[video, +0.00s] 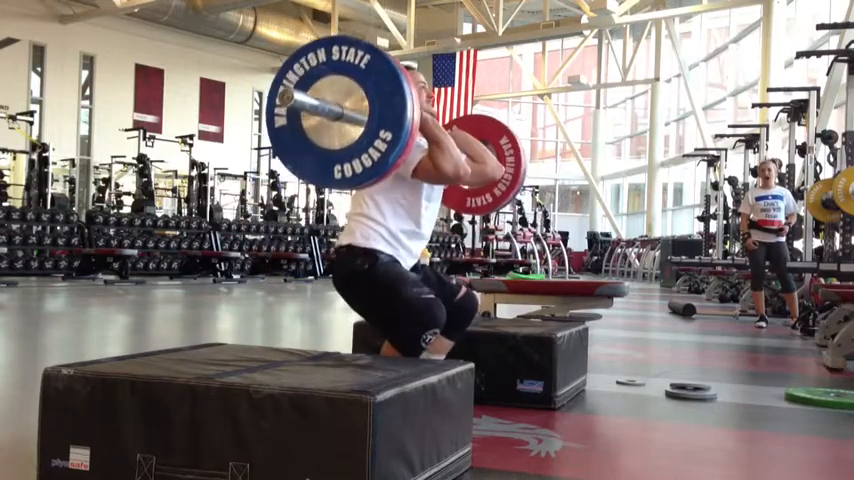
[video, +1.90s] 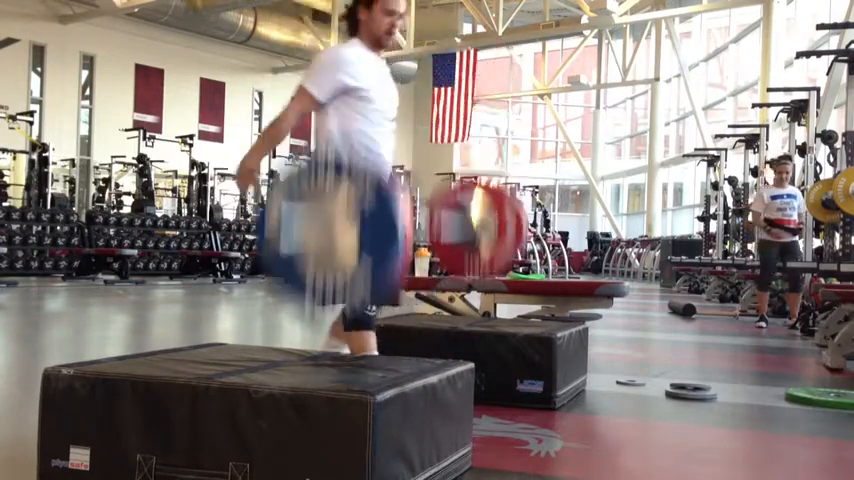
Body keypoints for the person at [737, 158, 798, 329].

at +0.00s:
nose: (766, 173)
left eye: (769, 170)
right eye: (763, 170)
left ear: (775, 173)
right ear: (759, 173)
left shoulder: (784, 193)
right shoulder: (751, 193)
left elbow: (792, 214)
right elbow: (744, 216)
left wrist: (788, 224)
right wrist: (746, 236)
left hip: (777, 239)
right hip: (757, 239)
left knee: (784, 275)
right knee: (757, 277)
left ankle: (795, 317)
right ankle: (761, 315)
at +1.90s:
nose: (783, 176)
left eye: (787, 173)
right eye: (780, 172)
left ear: (791, 174)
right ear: (773, 173)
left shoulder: (796, 193)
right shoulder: (764, 192)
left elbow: (801, 216)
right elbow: (755, 218)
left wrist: (800, 224)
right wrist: (769, 229)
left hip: (790, 240)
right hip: (769, 240)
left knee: (796, 275)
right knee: (766, 274)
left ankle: (794, 317)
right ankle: (762, 315)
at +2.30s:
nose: (801, 171)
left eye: (803, 168)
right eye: (797, 168)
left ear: (806, 170)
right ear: (788, 171)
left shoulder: (810, 191)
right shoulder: (782, 191)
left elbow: (816, 214)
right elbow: (774, 217)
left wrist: (817, 225)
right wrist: (793, 225)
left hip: (806, 239)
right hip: (787, 239)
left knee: (802, 279)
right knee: (784, 276)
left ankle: (793, 318)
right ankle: (770, 313)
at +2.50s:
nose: (805, 172)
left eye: (807, 168)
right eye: (801, 169)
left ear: (811, 170)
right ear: (795, 171)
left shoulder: (815, 190)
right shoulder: (787, 190)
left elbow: (820, 213)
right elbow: (779, 216)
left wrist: (822, 224)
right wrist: (800, 223)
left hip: (810, 239)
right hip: (792, 238)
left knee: (805, 278)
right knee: (794, 277)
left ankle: (796, 317)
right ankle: (789, 317)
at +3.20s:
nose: (810, 172)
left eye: (813, 169)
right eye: (807, 169)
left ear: (819, 171)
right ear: (802, 170)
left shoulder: (825, 190)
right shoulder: (795, 190)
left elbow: (829, 213)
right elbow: (790, 214)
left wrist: (831, 224)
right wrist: (813, 224)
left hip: (823, 238)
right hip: (803, 238)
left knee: (830, 274)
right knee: (807, 277)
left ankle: (821, 311)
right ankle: (808, 318)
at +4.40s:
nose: (820, 170)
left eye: (824, 166)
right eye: (817, 166)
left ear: (831, 168)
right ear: (813, 169)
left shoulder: (838, 187)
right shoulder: (805, 186)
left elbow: (845, 207)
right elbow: (787, 206)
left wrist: (845, 220)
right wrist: (805, 216)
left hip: (834, 238)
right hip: (812, 238)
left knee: (834, 278)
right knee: (810, 278)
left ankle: (832, 317)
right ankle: (809, 318)